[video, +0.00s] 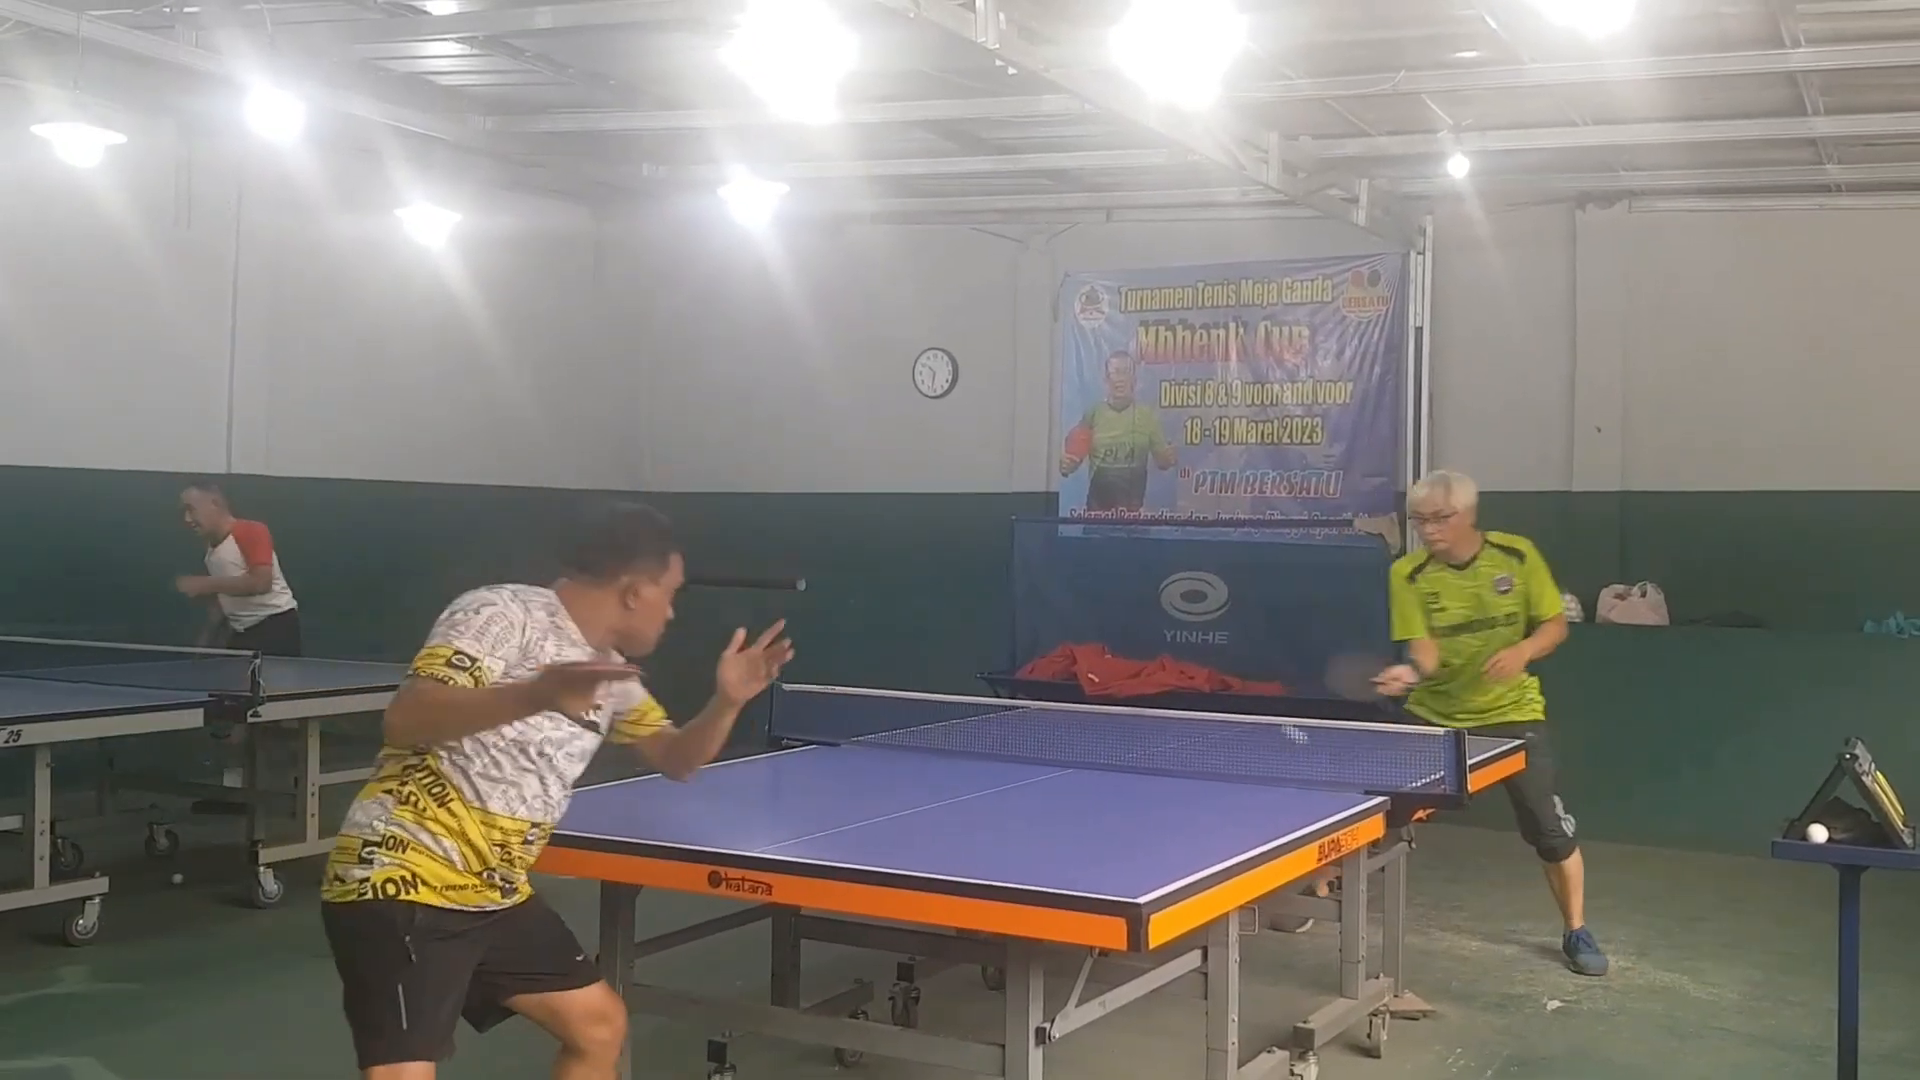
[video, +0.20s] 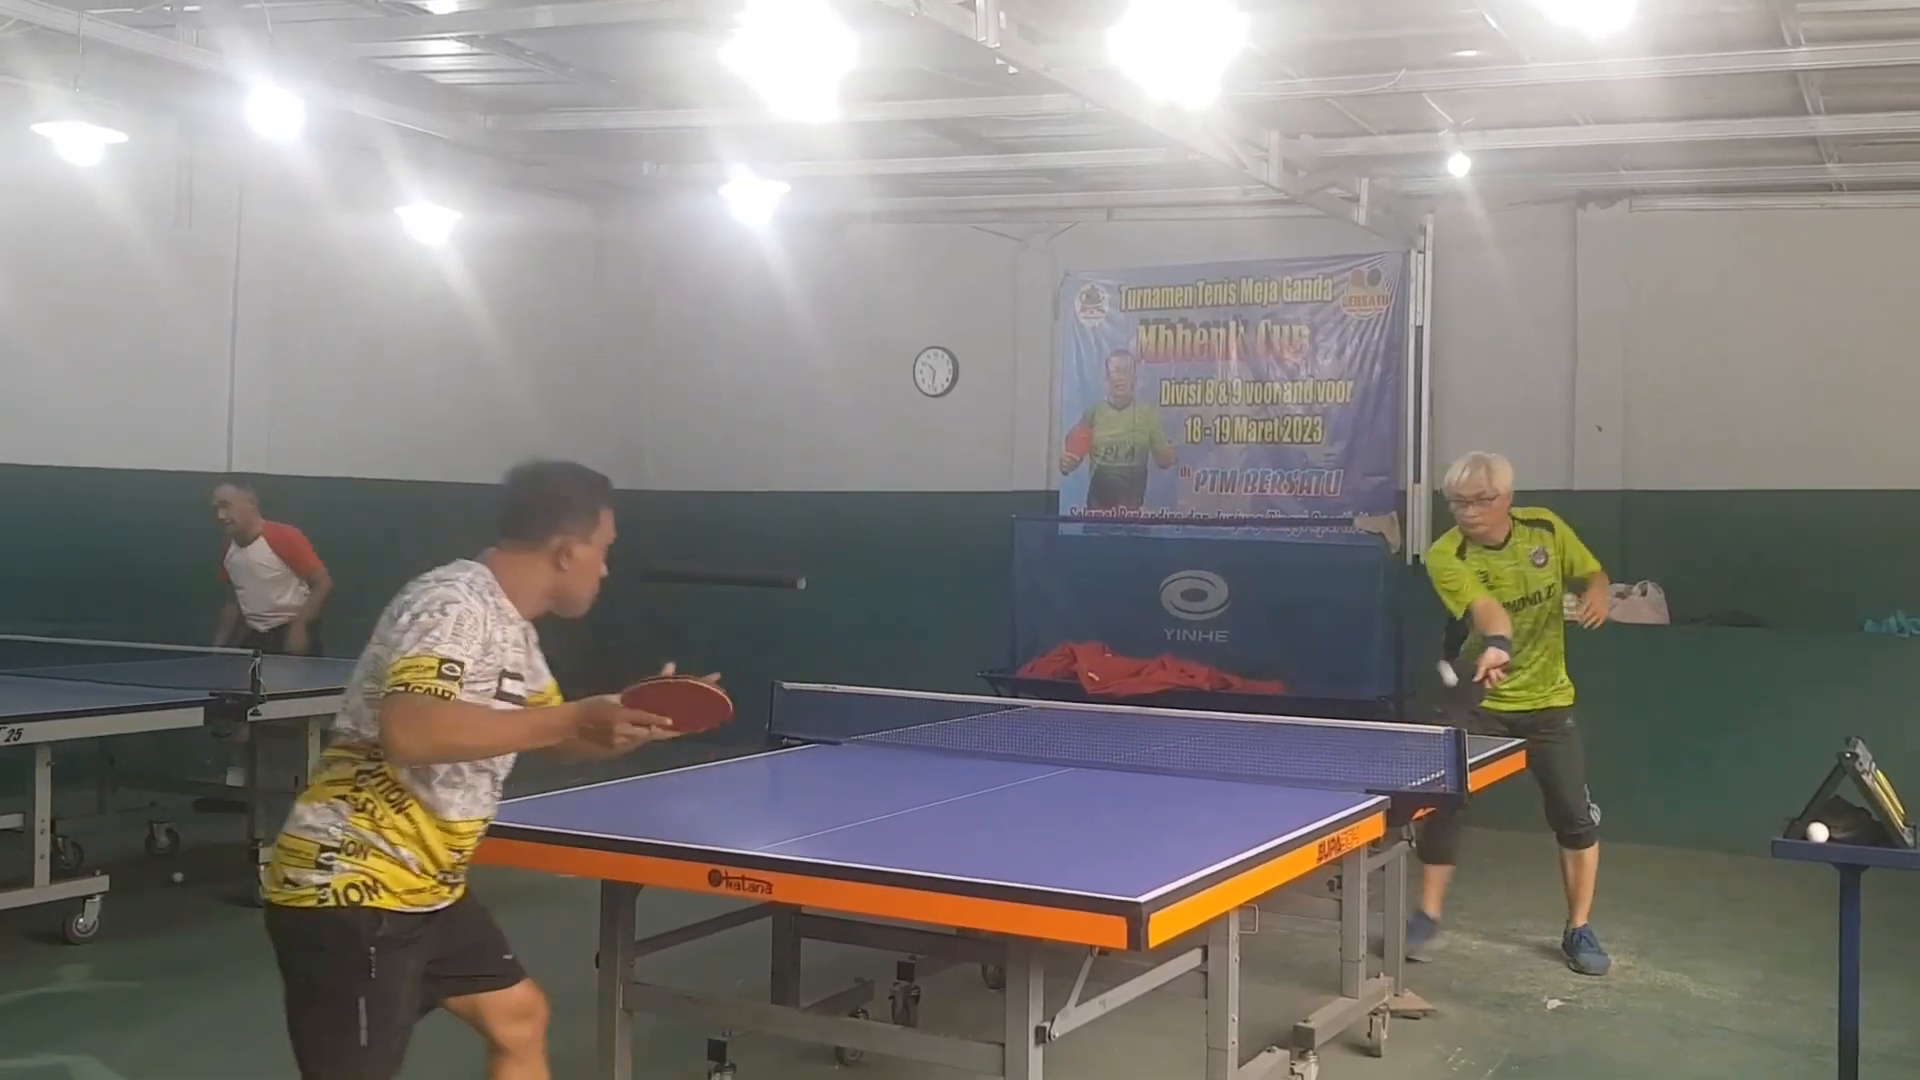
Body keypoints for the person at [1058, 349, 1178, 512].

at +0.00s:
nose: (1119, 379)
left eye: (1125, 373)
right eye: (1114, 373)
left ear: (1134, 378)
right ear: (1106, 378)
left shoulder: (1146, 416)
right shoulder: (1094, 414)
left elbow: (1161, 460)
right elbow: (1077, 448)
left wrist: (1168, 457)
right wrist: (1067, 464)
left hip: (1132, 500)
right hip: (1099, 500)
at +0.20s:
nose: (1119, 378)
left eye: (1125, 371)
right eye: (1114, 371)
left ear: (1134, 376)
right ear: (1106, 377)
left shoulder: (1147, 415)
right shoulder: (1094, 414)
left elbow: (1162, 458)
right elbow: (1077, 446)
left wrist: (1168, 456)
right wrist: (1067, 462)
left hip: (1132, 500)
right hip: (1099, 500)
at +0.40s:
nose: (1119, 377)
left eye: (1124, 370)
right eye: (1113, 371)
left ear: (1134, 376)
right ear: (1106, 376)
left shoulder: (1146, 413)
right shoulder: (1093, 412)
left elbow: (1161, 457)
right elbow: (1076, 445)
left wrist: (1168, 455)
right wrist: (1067, 461)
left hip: (1132, 499)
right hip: (1098, 499)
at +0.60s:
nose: (1118, 376)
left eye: (1124, 370)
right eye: (1113, 369)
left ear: (1133, 375)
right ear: (1105, 375)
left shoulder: (1145, 413)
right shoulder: (1092, 412)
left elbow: (1161, 456)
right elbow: (1075, 446)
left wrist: (1167, 455)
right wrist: (1065, 461)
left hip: (1131, 499)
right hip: (1097, 500)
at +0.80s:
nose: (1117, 376)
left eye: (1123, 369)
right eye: (1112, 369)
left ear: (1132, 374)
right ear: (1104, 374)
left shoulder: (1144, 412)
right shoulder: (1091, 411)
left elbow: (1160, 455)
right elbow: (1075, 444)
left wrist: (1166, 453)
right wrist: (1065, 460)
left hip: (1130, 498)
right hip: (1096, 499)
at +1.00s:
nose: (1118, 376)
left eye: (1124, 369)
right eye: (1112, 369)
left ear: (1133, 374)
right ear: (1105, 374)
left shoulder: (1146, 412)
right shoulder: (1092, 412)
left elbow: (1160, 456)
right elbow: (1075, 444)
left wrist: (1167, 454)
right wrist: (1065, 460)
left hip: (1131, 499)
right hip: (1097, 500)